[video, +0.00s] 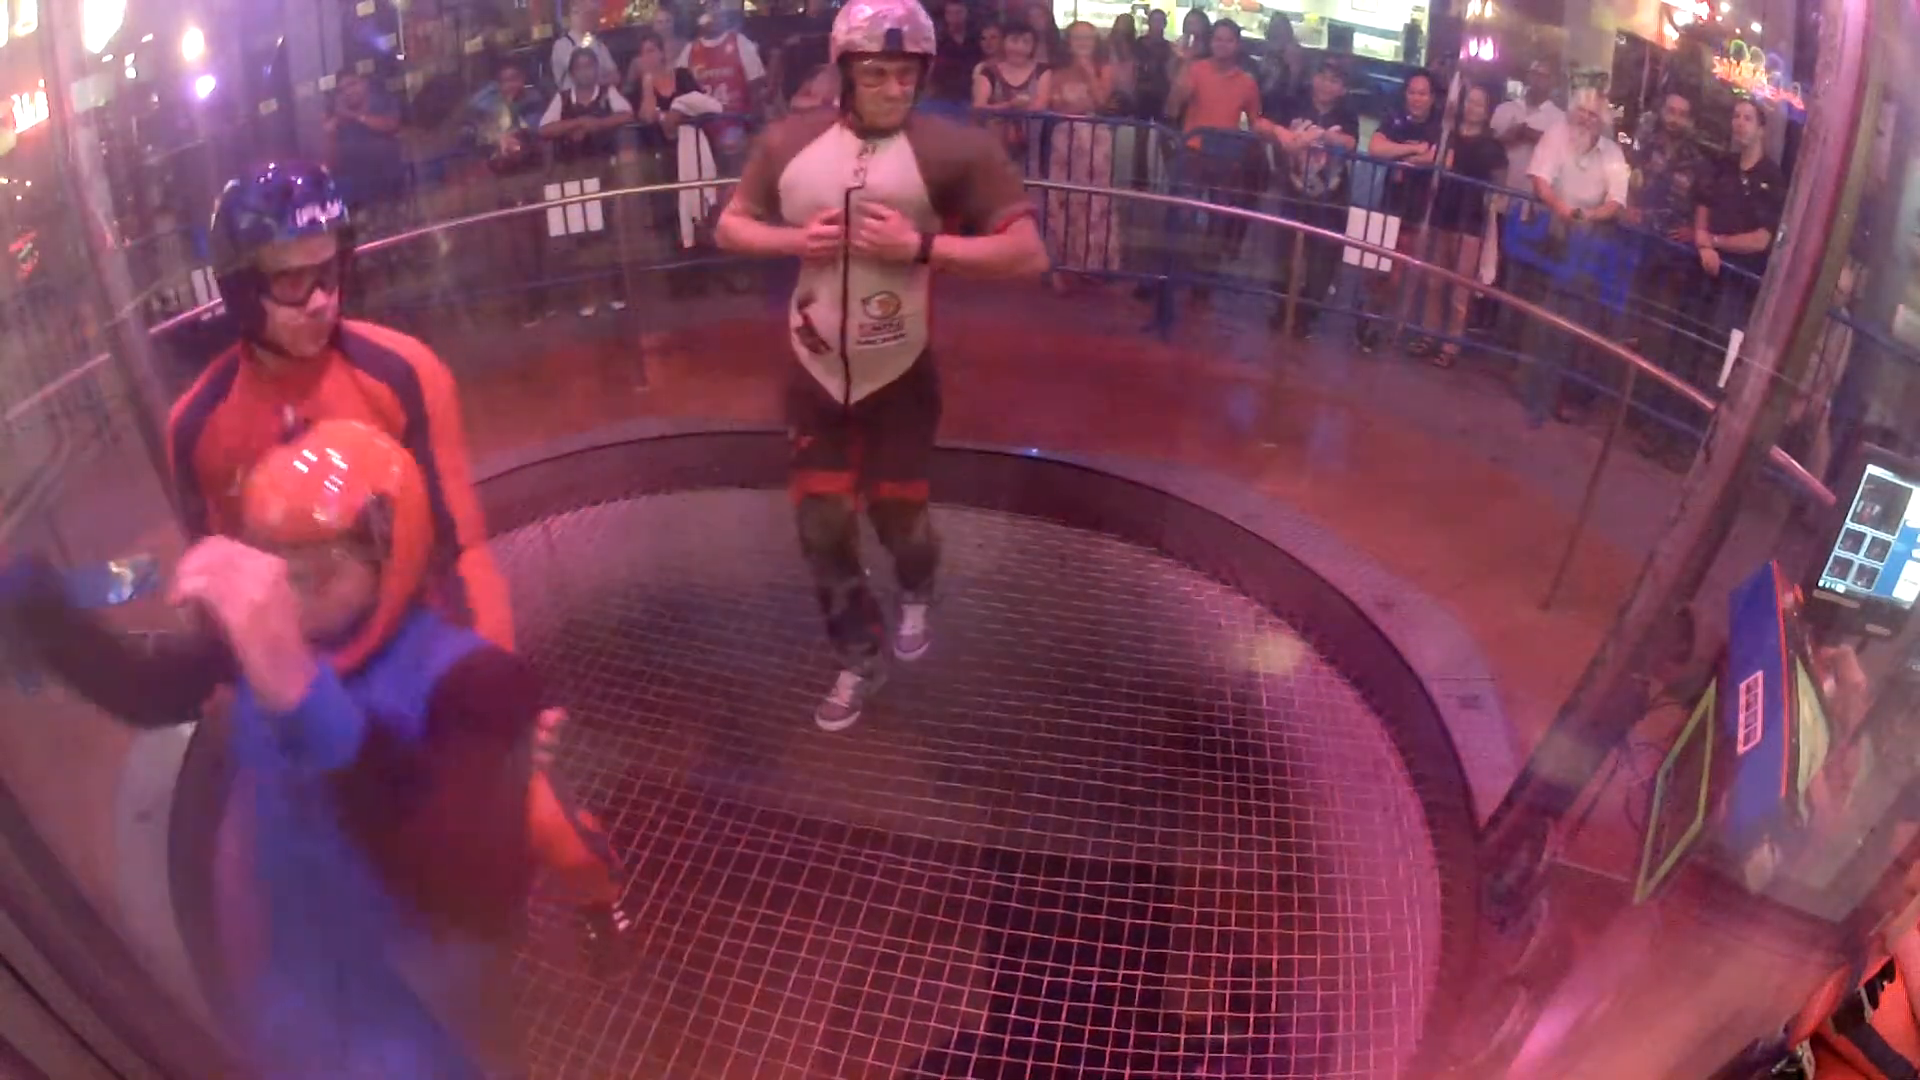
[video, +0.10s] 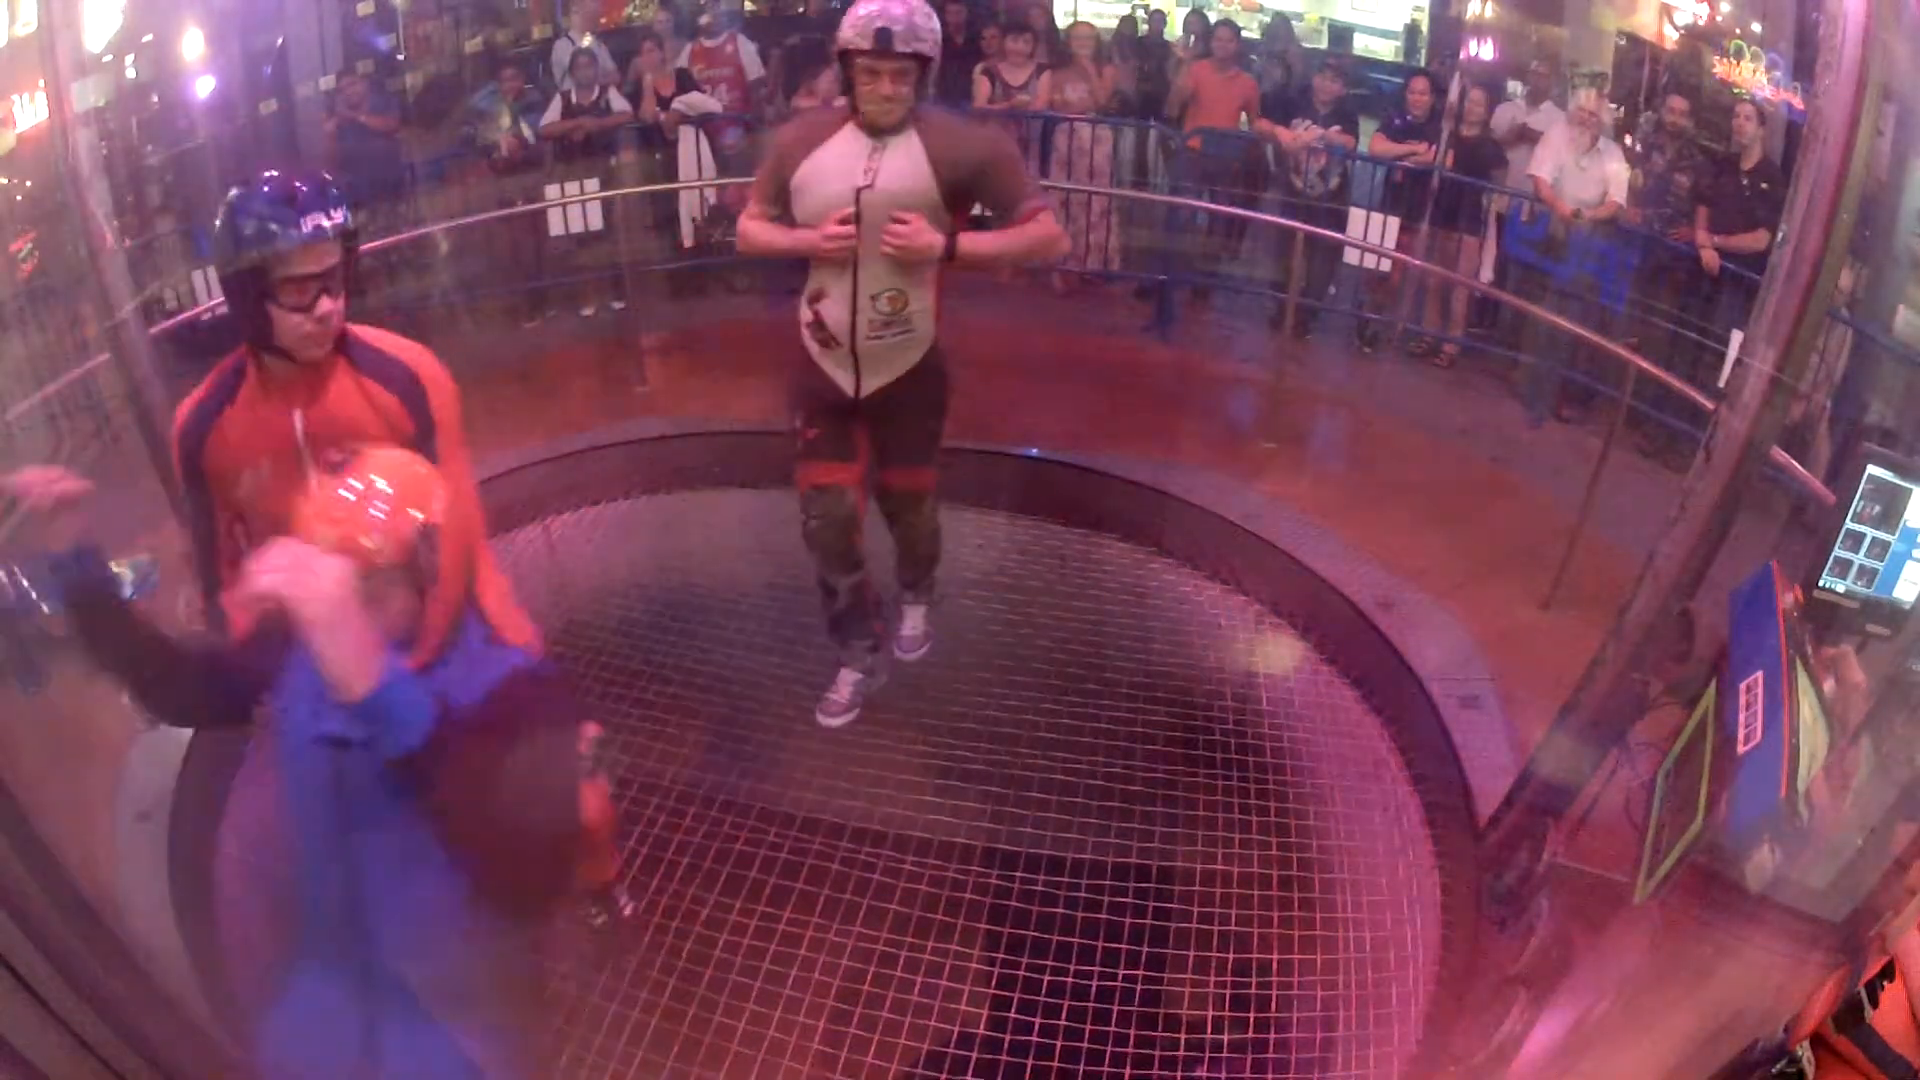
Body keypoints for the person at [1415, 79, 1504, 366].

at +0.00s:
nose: (1472, 108)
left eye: (1478, 103)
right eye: (1468, 101)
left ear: (1488, 110)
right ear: (1461, 106)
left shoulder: (1492, 147)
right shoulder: (1449, 139)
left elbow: (1498, 184)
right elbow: (1436, 171)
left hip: (1472, 218)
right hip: (1442, 213)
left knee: (1461, 285)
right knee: (1434, 279)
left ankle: (1451, 342)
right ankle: (1428, 333)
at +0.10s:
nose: (1471, 108)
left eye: (1478, 104)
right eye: (1468, 102)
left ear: (1488, 111)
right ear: (1461, 105)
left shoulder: (1491, 148)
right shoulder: (1448, 140)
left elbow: (1497, 185)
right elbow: (1436, 171)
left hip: (1471, 219)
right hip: (1441, 214)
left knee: (1461, 284)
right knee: (1434, 278)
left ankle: (1452, 341)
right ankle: (1429, 333)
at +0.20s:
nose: (1471, 108)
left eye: (1477, 104)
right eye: (1468, 102)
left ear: (1487, 111)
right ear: (1460, 105)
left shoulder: (1489, 147)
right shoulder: (1449, 139)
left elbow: (1495, 180)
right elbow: (1435, 168)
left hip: (1468, 220)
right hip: (1439, 213)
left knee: (1459, 283)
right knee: (1433, 279)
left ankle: (1451, 341)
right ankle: (1428, 333)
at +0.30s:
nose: (1471, 108)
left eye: (1477, 104)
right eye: (1468, 101)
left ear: (1486, 111)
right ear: (1460, 105)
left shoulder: (1488, 147)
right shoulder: (1448, 138)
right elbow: (1435, 166)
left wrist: (1452, 158)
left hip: (1467, 219)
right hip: (1439, 212)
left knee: (1457, 282)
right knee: (1432, 278)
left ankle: (1451, 341)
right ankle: (1428, 333)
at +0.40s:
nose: (1470, 110)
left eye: (1476, 105)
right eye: (1467, 103)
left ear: (1485, 112)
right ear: (1459, 106)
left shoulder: (1487, 148)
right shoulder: (1447, 139)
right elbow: (1434, 168)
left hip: (1465, 221)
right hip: (1438, 214)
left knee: (1453, 285)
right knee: (1432, 280)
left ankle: (1451, 341)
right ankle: (1428, 333)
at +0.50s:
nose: (1469, 109)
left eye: (1475, 105)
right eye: (1466, 103)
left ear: (1485, 112)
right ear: (1459, 106)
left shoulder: (1486, 148)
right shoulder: (1447, 139)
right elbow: (1432, 165)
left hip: (1463, 219)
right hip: (1436, 213)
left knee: (1451, 285)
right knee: (1431, 280)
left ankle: (1450, 341)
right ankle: (1428, 333)